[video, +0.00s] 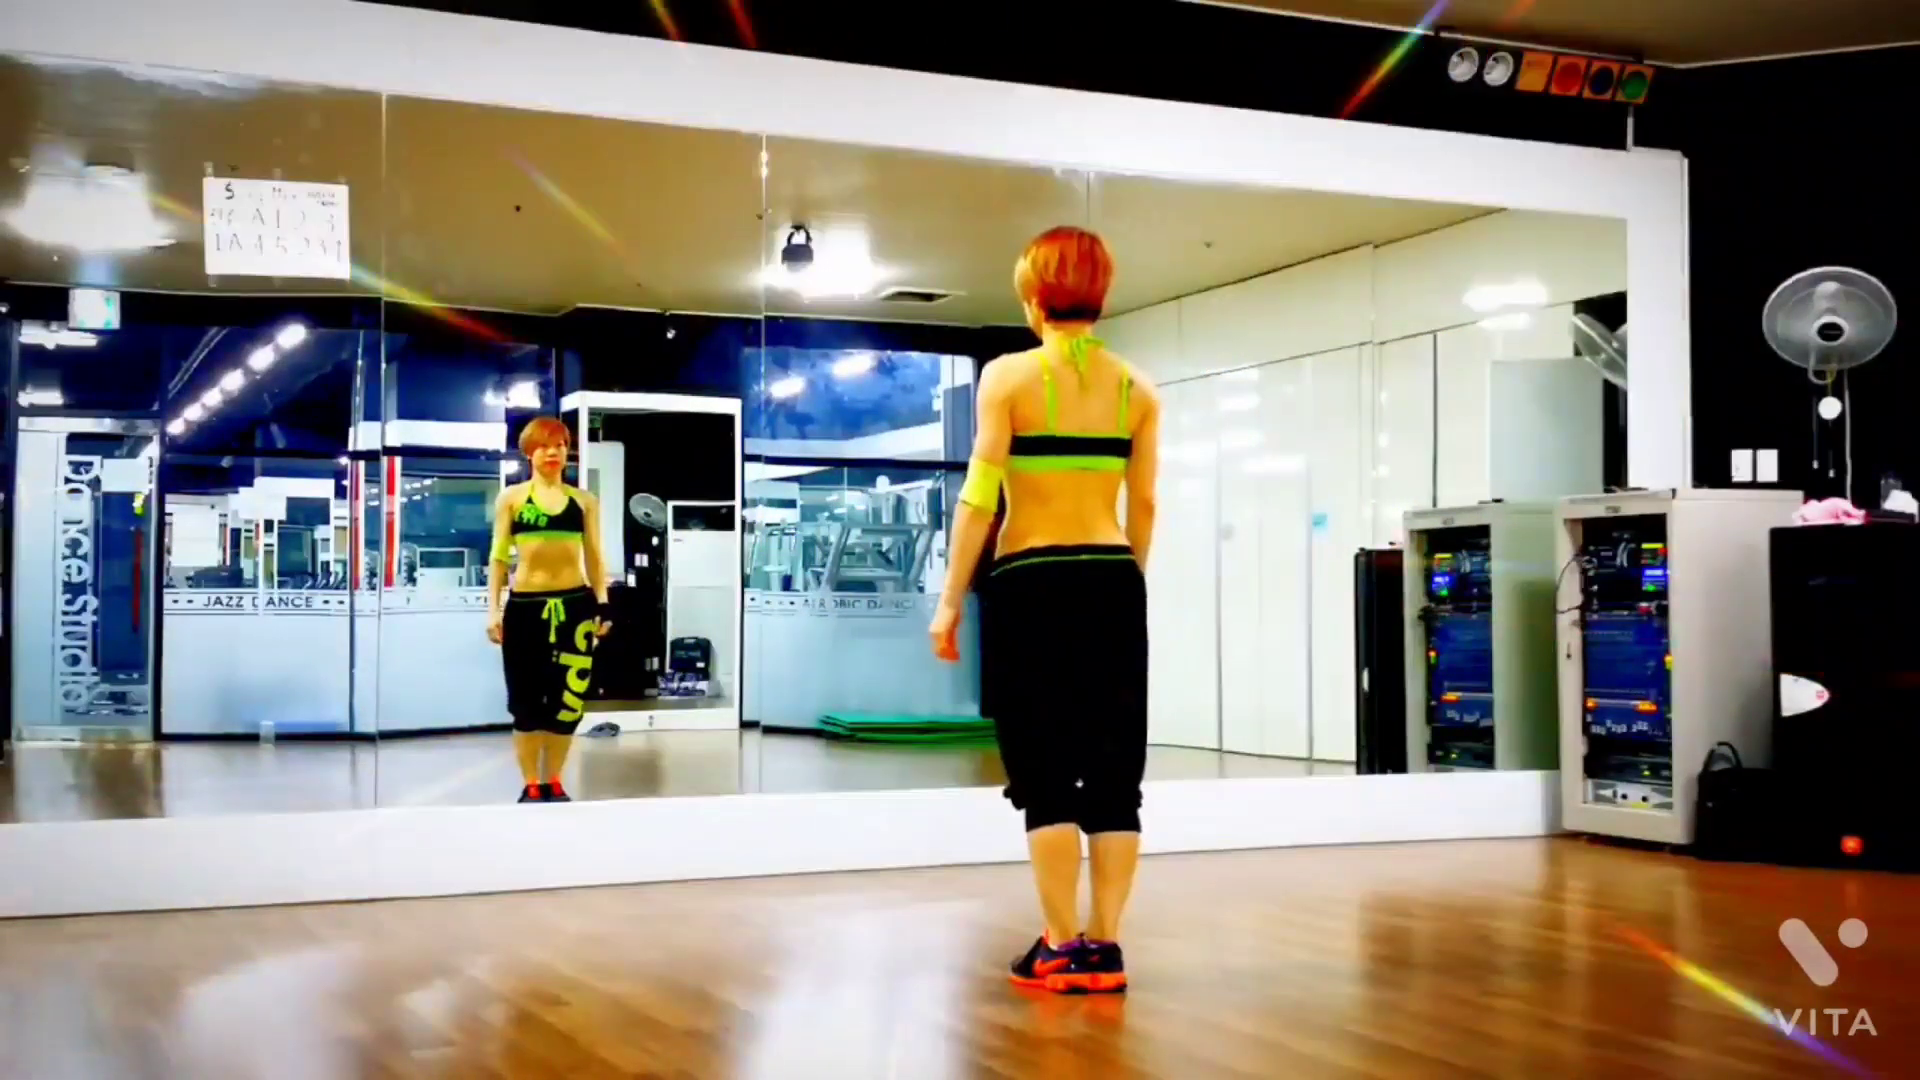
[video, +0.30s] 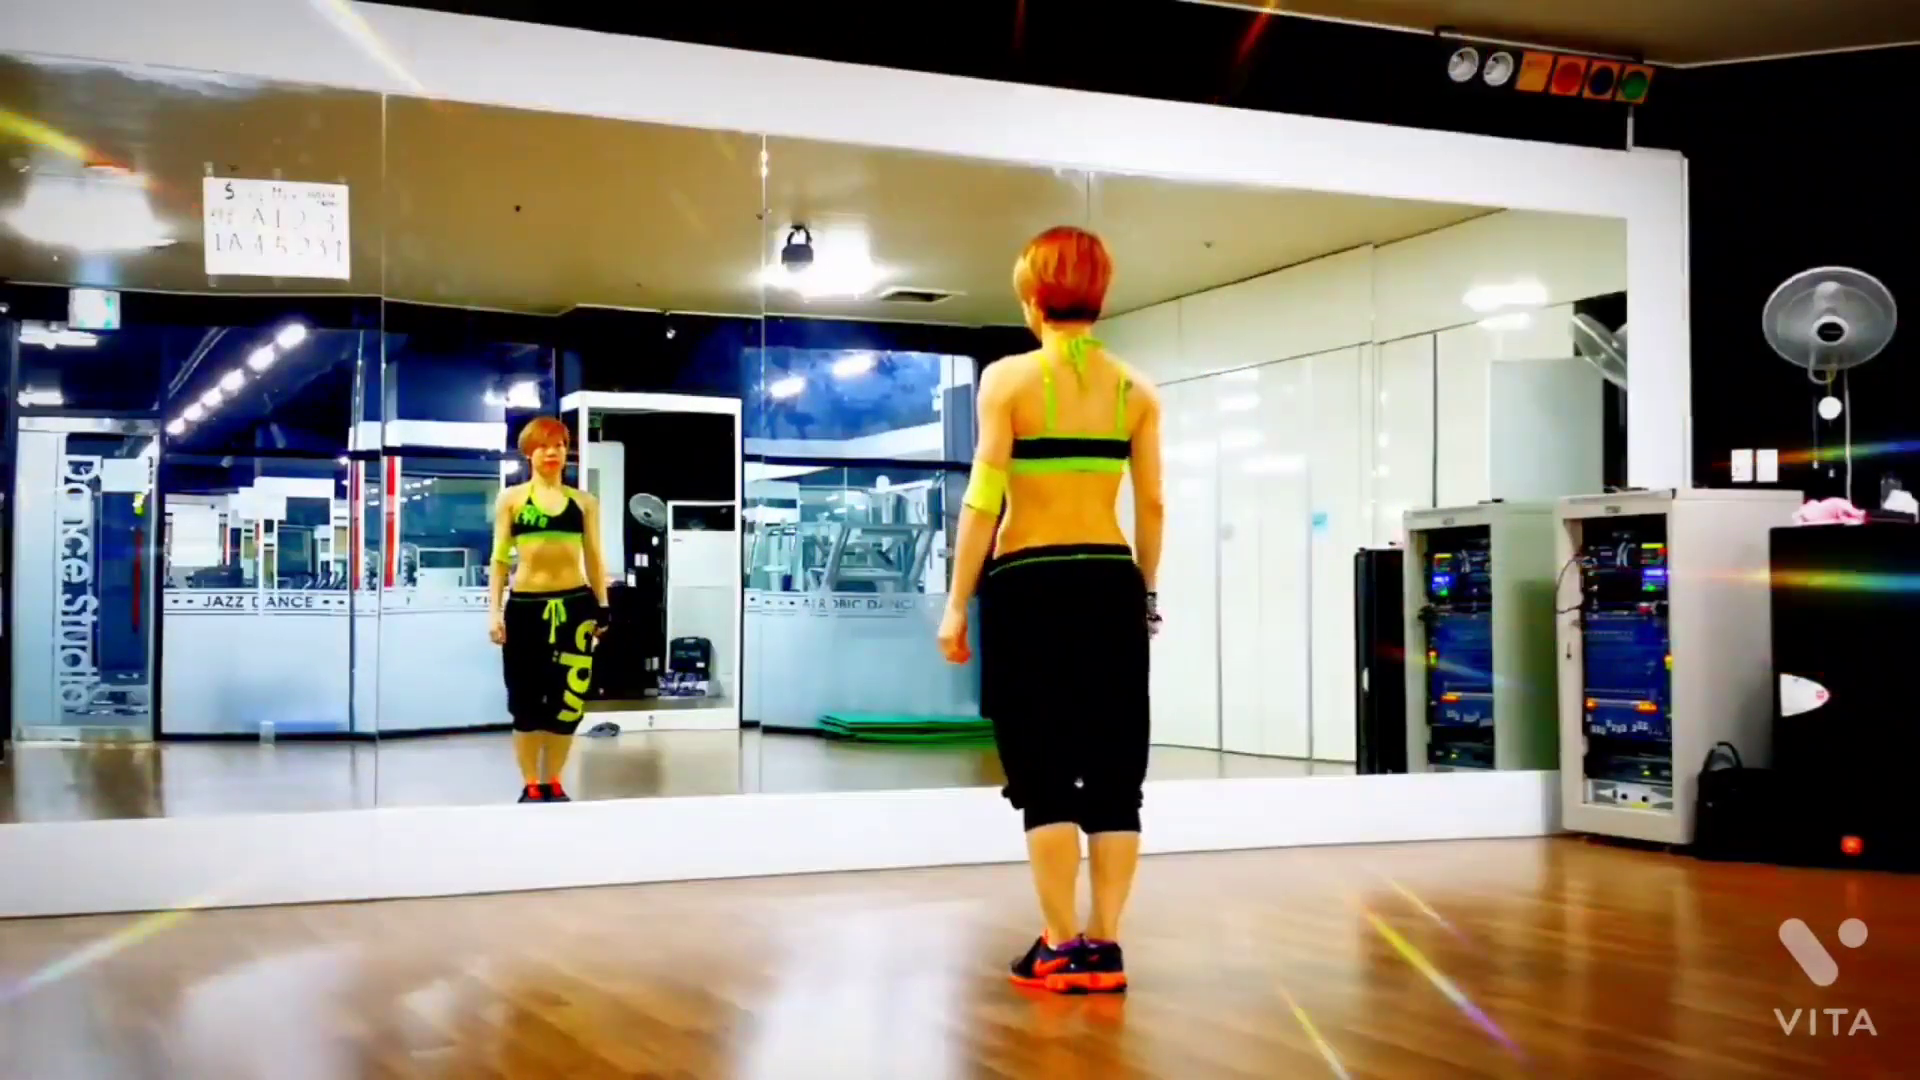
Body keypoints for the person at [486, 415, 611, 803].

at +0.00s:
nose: (552, 454)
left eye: (559, 447)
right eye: (544, 447)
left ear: (566, 451)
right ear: (530, 453)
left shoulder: (585, 501)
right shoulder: (511, 498)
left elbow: (595, 559)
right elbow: (499, 559)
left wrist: (603, 605)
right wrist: (495, 609)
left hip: (575, 606)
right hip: (525, 608)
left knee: (568, 701)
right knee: (527, 702)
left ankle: (553, 780)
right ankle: (531, 783)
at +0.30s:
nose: (552, 454)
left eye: (559, 447)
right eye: (544, 447)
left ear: (566, 452)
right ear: (530, 453)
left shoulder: (585, 502)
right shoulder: (511, 498)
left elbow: (595, 560)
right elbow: (500, 559)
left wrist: (602, 609)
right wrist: (496, 610)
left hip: (575, 606)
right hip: (525, 608)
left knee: (569, 701)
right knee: (527, 702)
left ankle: (553, 780)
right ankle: (531, 783)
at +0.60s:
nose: (552, 453)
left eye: (558, 446)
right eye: (544, 447)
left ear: (567, 452)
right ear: (530, 454)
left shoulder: (584, 502)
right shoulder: (511, 498)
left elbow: (593, 560)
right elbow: (480, 546)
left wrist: (601, 608)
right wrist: (495, 590)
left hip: (577, 606)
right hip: (529, 608)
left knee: (570, 701)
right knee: (529, 702)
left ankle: (552, 782)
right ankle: (532, 784)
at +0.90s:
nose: (552, 455)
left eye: (558, 447)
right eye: (544, 448)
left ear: (568, 453)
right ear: (530, 455)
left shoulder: (584, 502)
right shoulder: (513, 497)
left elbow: (594, 559)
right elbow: (474, 543)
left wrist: (603, 608)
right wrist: (495, 579)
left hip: (578, 606)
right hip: (530, 607)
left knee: (570, 702)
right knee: (529, 703)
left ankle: (552, 782)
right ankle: (531, 784)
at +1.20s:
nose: (554, 455)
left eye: (560, 448)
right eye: (545, 448)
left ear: (569, 454)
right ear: (532, 455)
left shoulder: (585, 500)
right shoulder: (515, 497)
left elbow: (596, 556)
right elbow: (475, 543)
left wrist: (607, 607)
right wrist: (497, 579)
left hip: (580, 605)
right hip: (532, 606)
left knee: (572, 700)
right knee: (530, 701)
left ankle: (553, 782)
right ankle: (532, 784)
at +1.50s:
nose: (557, 455)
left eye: (563, 448)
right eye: (548, 449)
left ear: (572, 454)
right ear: (534, 455)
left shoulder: (587, 500)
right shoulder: (519, 496)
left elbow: (597, 557)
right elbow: (475, 541)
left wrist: (609, 606)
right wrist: (496, 579)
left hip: (582, 605)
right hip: (533, 605)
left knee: (573, 702)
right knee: (531, 702)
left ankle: (552, 782)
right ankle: (532, 784)